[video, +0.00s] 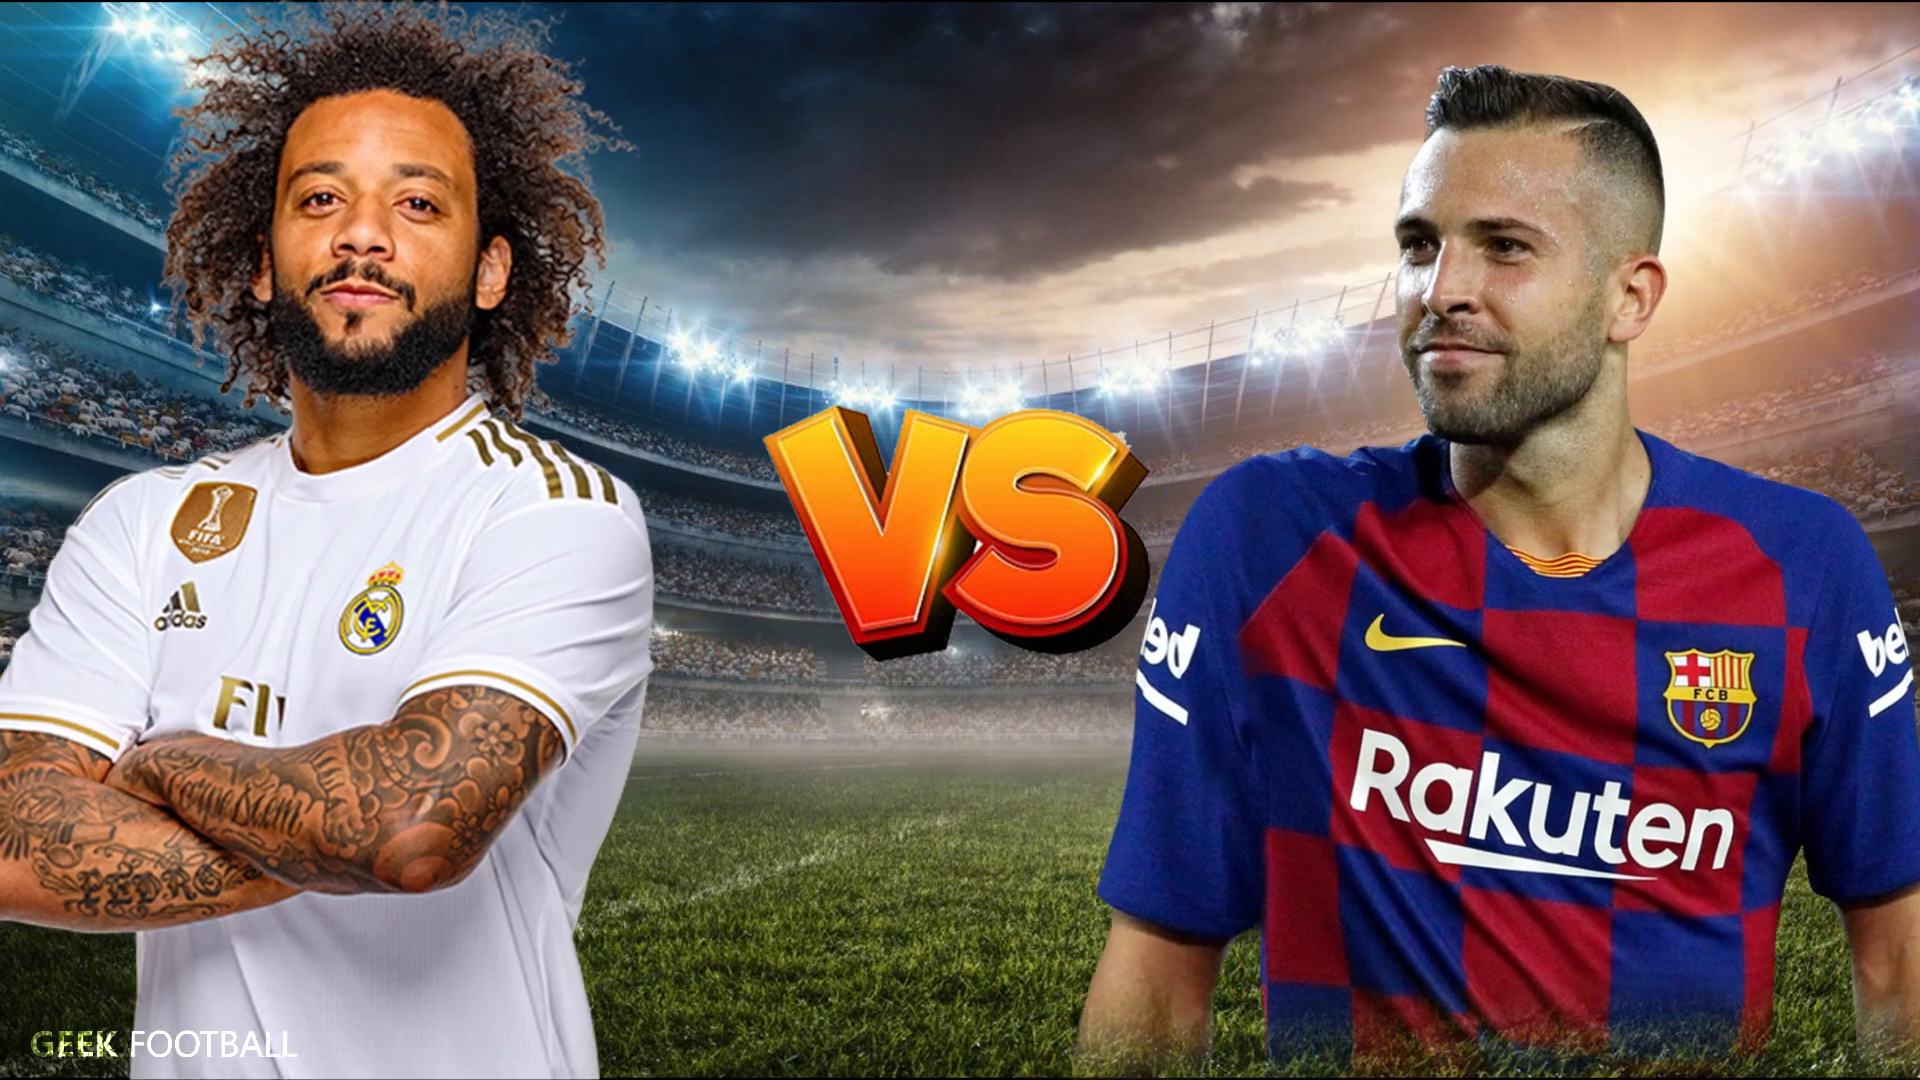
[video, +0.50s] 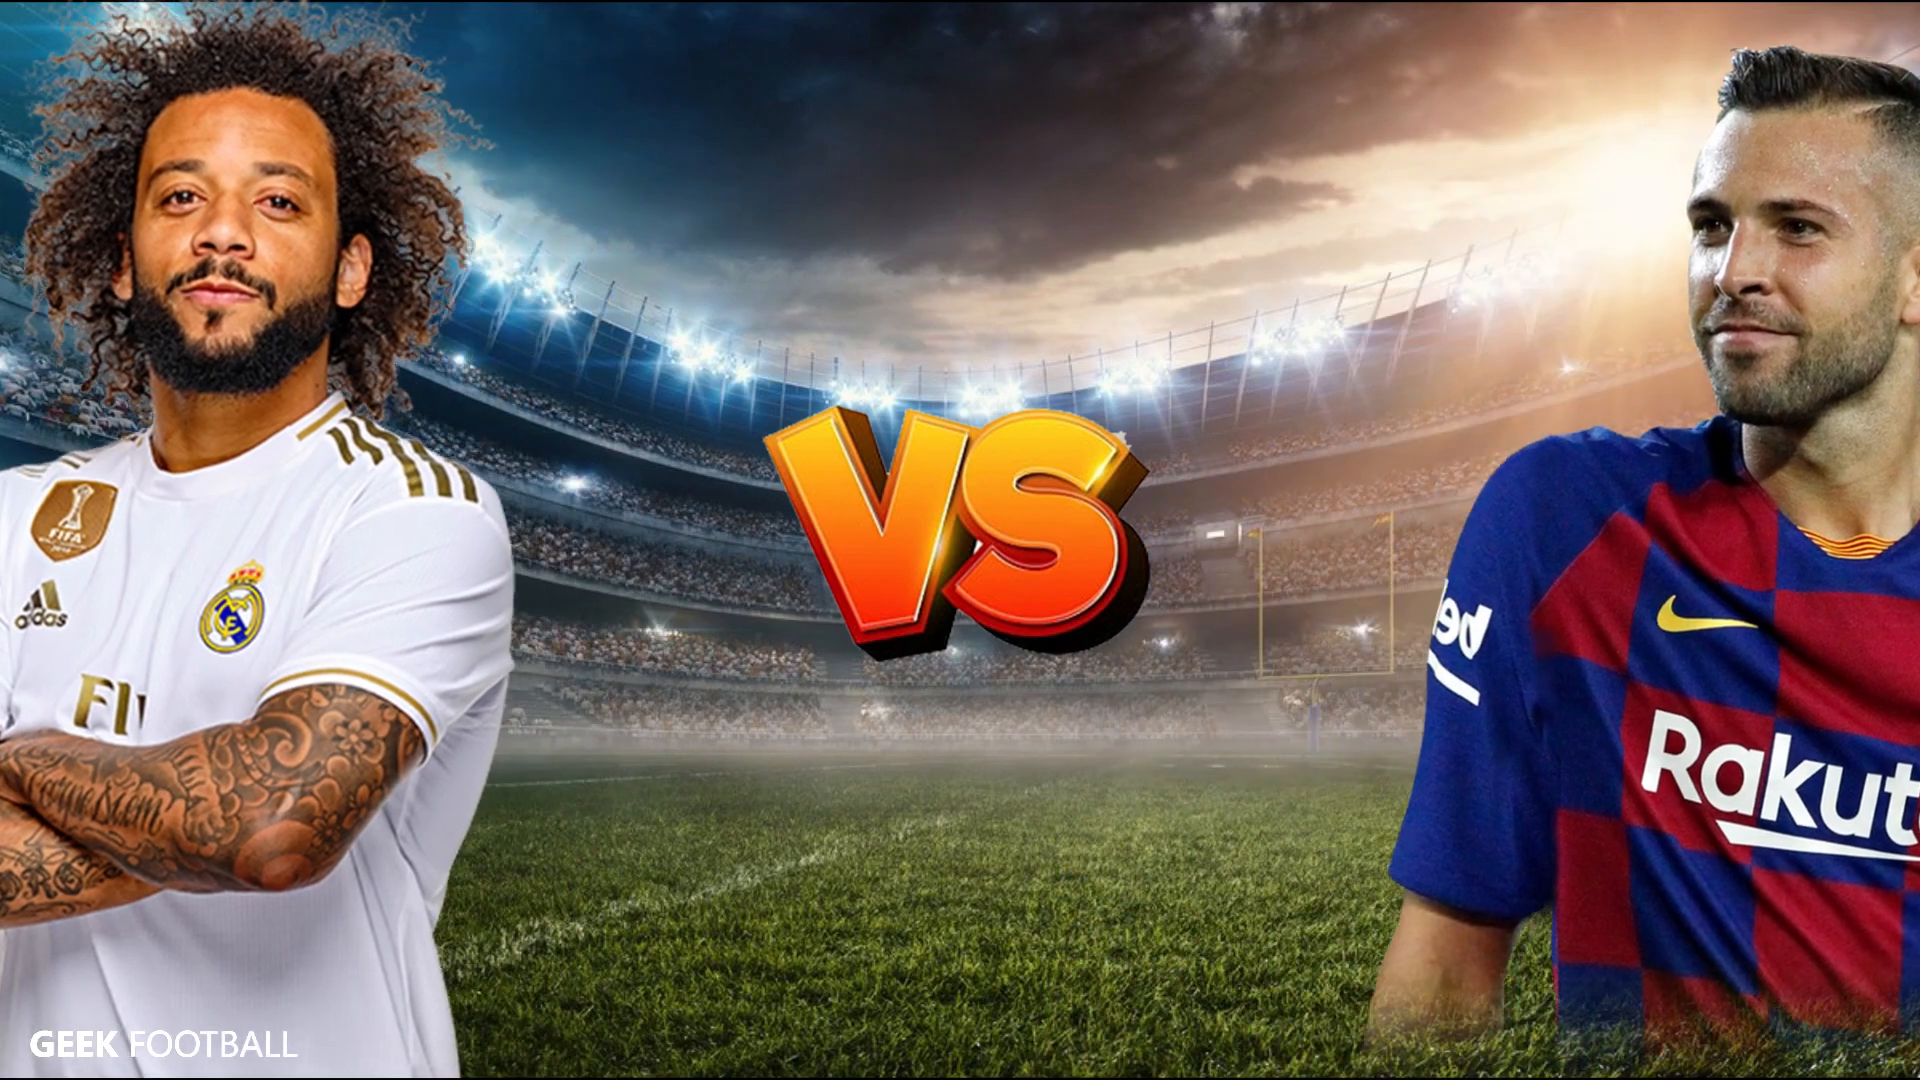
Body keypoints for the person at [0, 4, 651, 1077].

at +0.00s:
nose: (363, 237)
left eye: (418, 203)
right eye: (320, 200)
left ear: (487, 271)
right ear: (268, 259)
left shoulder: (562, 518)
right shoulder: (141, 520)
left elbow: (416, 823)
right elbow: (20, 852)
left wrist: (161, 760)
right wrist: (332, 830)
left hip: (473, 1062)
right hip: (193, 1061)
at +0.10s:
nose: (342, 237)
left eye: (399, 202)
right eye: (301, 199)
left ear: (469, 270)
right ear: (249, 259)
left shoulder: (543, 516)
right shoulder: (123, 520)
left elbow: (396, 824)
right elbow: (17, 855)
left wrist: (137, 761)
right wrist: (316, 826)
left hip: (452, 1064)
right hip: (176, 1063)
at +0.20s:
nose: (321, 234)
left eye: (376, 201)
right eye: (279, 199)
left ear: (446, 269)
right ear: (225, 262)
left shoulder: (520, 516)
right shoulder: (98, 523)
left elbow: (372, 825)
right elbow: (13, 862)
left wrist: (112, 761)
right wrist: (295, 821)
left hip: (431, 1063)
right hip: (153, 1063)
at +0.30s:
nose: (294, 234)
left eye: (349, 202)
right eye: (251, 200)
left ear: (418, 270)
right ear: (196, 261)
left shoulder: (492, 514)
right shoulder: (68, 522)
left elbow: (347, 825)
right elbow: (10, 868)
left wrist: (77, 759)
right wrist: (269, 820)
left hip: (400, 1062)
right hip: (125, 1062)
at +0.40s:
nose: (260, 234)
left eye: (317, 203)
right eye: (219, 198)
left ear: (386, 273)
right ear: (163, 262)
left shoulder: (462, 516)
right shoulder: (39, 521)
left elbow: (314, 824)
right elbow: (7, 875)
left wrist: (43, 760)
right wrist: (241, 821)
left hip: (367, 1063)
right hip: (90, 1063)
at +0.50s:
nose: (224, 236)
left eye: (279, 202)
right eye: (181, 197)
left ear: (348, 272)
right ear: (127, 258)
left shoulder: (424, 517)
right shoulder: (15, 512)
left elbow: (277, 821)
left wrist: (12, 758)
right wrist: (211, 810)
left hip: (322, 1062)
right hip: (34, 1059)